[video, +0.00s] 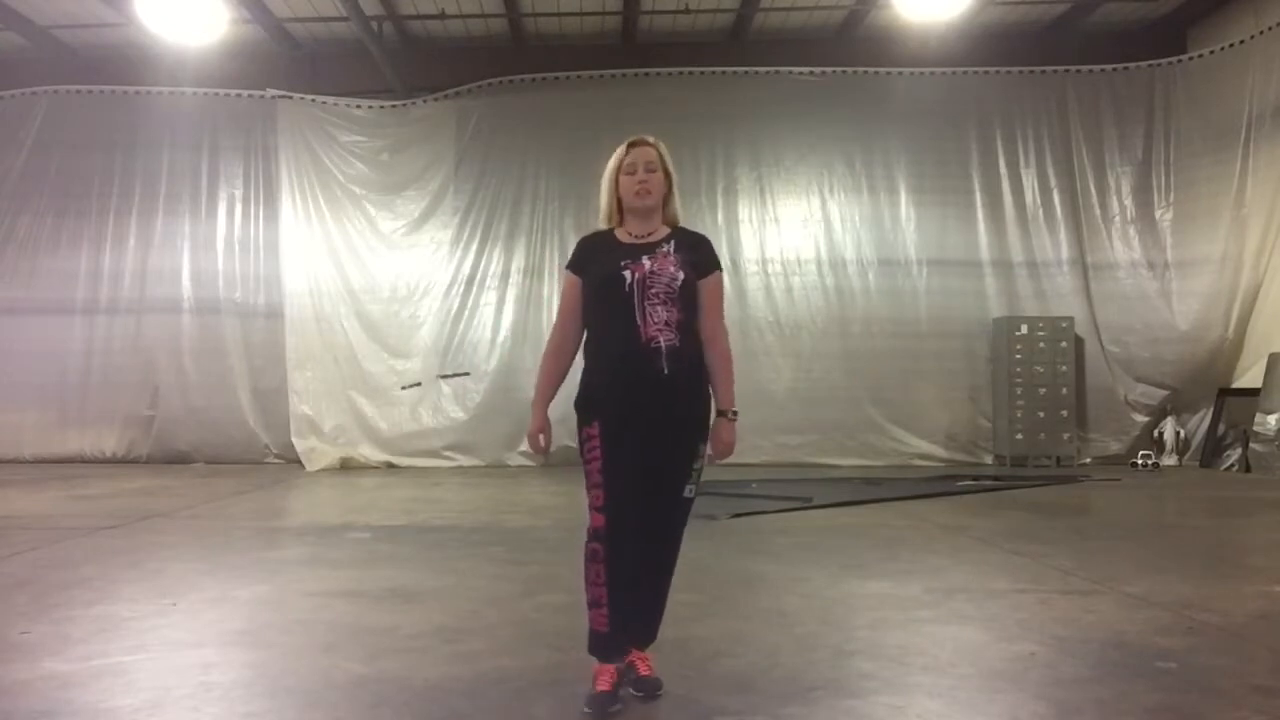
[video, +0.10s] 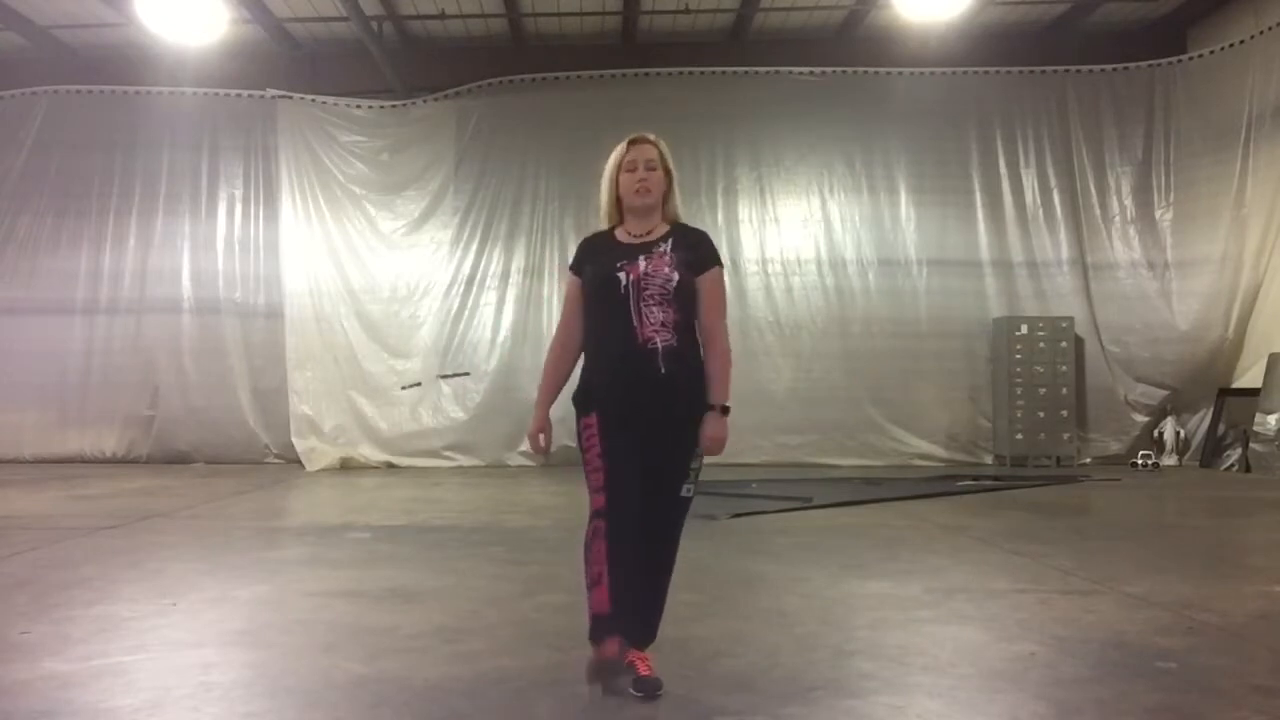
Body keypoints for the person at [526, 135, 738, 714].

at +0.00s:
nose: (641, 178)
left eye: (651, 170)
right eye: (630, 170)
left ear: (667, 180)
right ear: (615, 182)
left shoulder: (695, 248)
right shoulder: (592, 249)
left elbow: (713, 335)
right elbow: (565, 334)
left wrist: (725, 410)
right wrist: (540, 404)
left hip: (678, 411)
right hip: (608, 410)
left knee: (660, 528)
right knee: (608, 528)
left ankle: (639, 649)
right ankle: (607, 660)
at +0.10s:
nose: (641, 177)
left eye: (651, 168)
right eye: (631, 169)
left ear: (667, 178)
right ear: (615, 181)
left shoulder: (694, 245)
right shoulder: (593, 251)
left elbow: (714, 333)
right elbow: (569, 337)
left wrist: (718, 407)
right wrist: (543, 405)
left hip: (677, 407)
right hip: (607, 406)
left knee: (660, 522)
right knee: (610, 516)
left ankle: (636, 646)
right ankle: (607, 645)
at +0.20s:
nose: (640, 174)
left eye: (651, 166)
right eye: (631, 166)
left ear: (667, 177)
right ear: (614, 177)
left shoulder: (692, 242)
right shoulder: (593, 250)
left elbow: (715, 330)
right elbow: (571, 338)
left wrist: (710, 400)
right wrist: (546, 407)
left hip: (671, 402)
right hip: (604, 400)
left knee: (657, 518)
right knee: (608, 491)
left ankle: (638, 647)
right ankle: (610, 611)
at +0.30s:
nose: (640, 171)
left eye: (651, 163)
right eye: (631, 162)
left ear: (666, 176)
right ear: (614, 175)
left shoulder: (690, 241)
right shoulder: (592, 248)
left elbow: (715, 329)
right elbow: (573, 337)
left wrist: (705, 396)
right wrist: (553, 409)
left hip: (671, 398)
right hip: (606, 396)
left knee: (657, 516)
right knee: (612, 487)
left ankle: (638, 646)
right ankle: (613, 594)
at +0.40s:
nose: (640, 168)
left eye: (651, 160)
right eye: (630, 160)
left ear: (666, 174)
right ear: (614, 172)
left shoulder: (691, 240)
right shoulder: (591, 246)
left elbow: (713, 332)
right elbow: (573, 336)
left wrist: (705, 398)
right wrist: (556, 407)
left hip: (671, 402)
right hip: (604, 400)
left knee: (655, 520)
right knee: (606, 508)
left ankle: (637, 645)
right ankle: (604, 607)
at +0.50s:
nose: (640, 166)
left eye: (651, 159)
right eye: (630, 158)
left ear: (666, 173)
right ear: (613, 171)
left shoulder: (690, 240)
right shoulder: (588, 244)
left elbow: (711, 332)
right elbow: (569, 335)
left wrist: (709, 403)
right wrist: (551, 407)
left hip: (669, 408)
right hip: (600, 407)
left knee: (655, 529)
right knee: (602, 527)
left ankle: (637, 648)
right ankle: (595, 644)